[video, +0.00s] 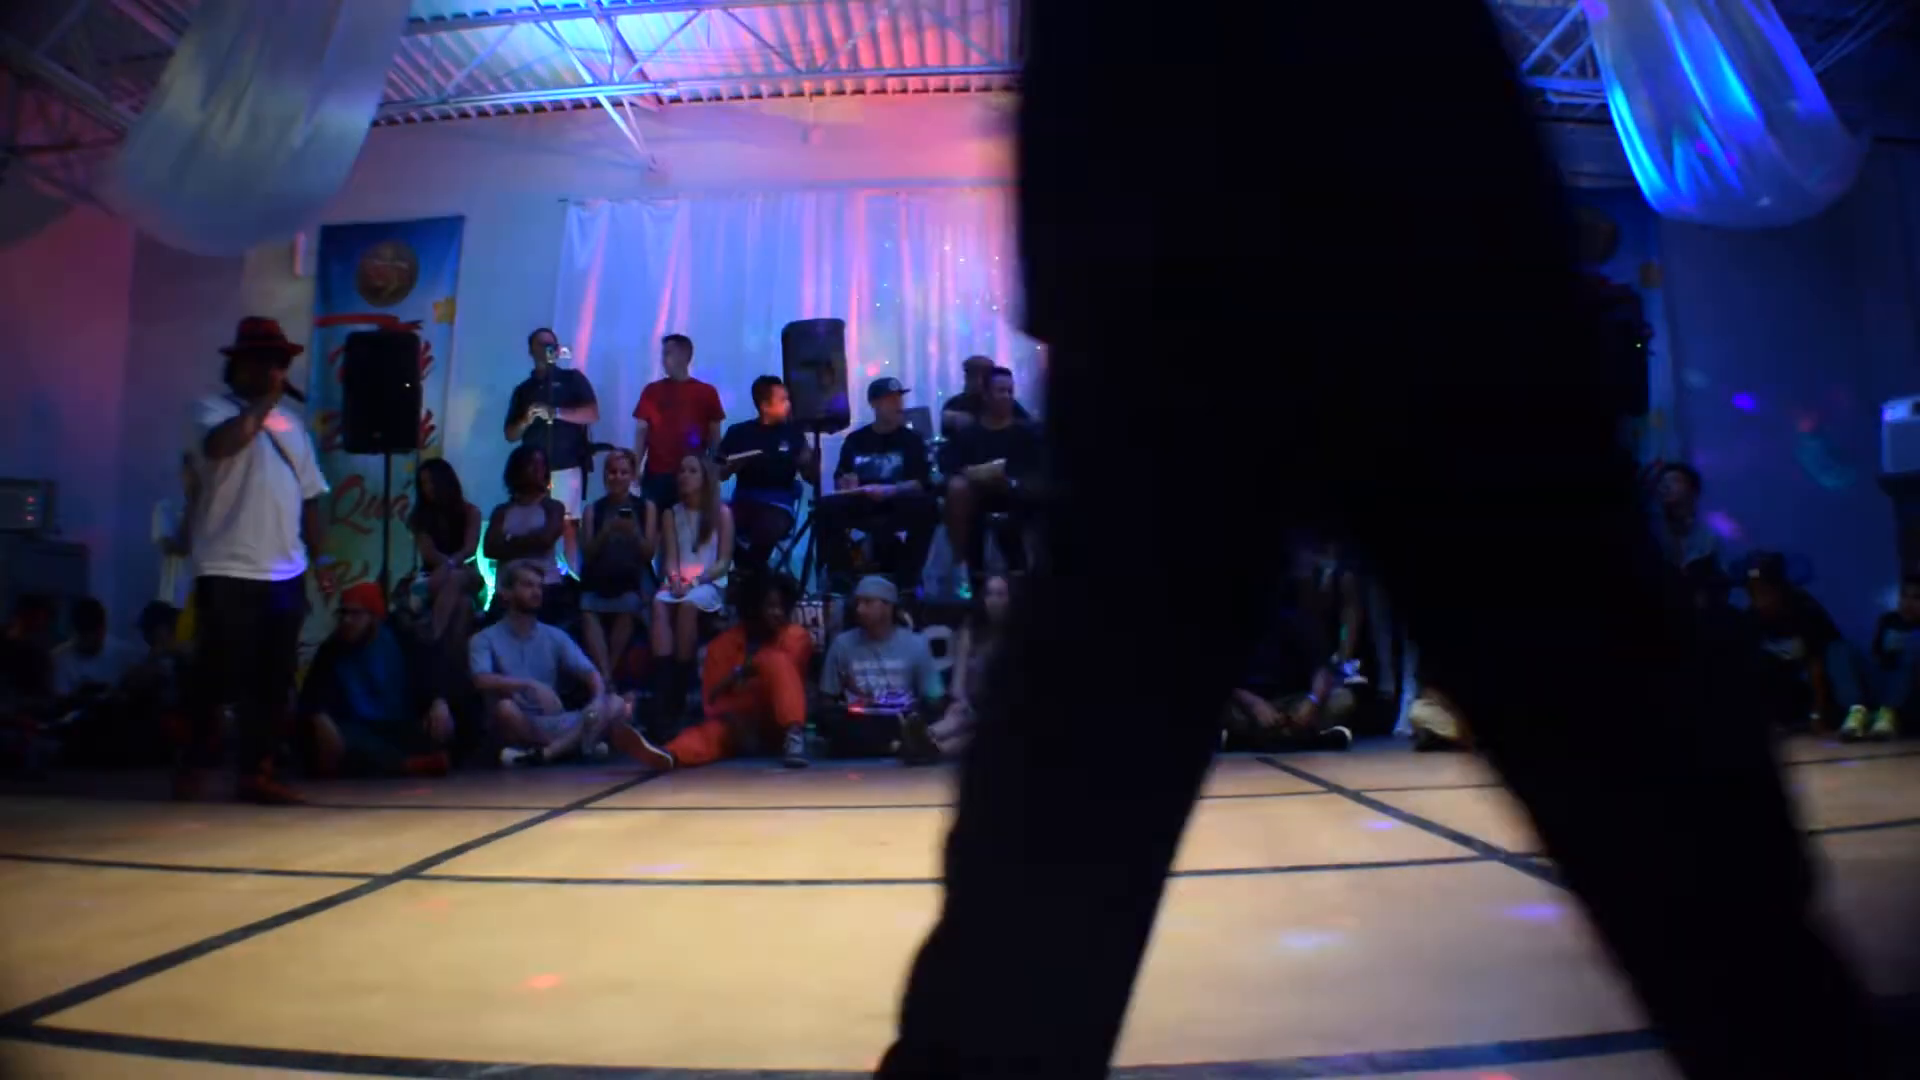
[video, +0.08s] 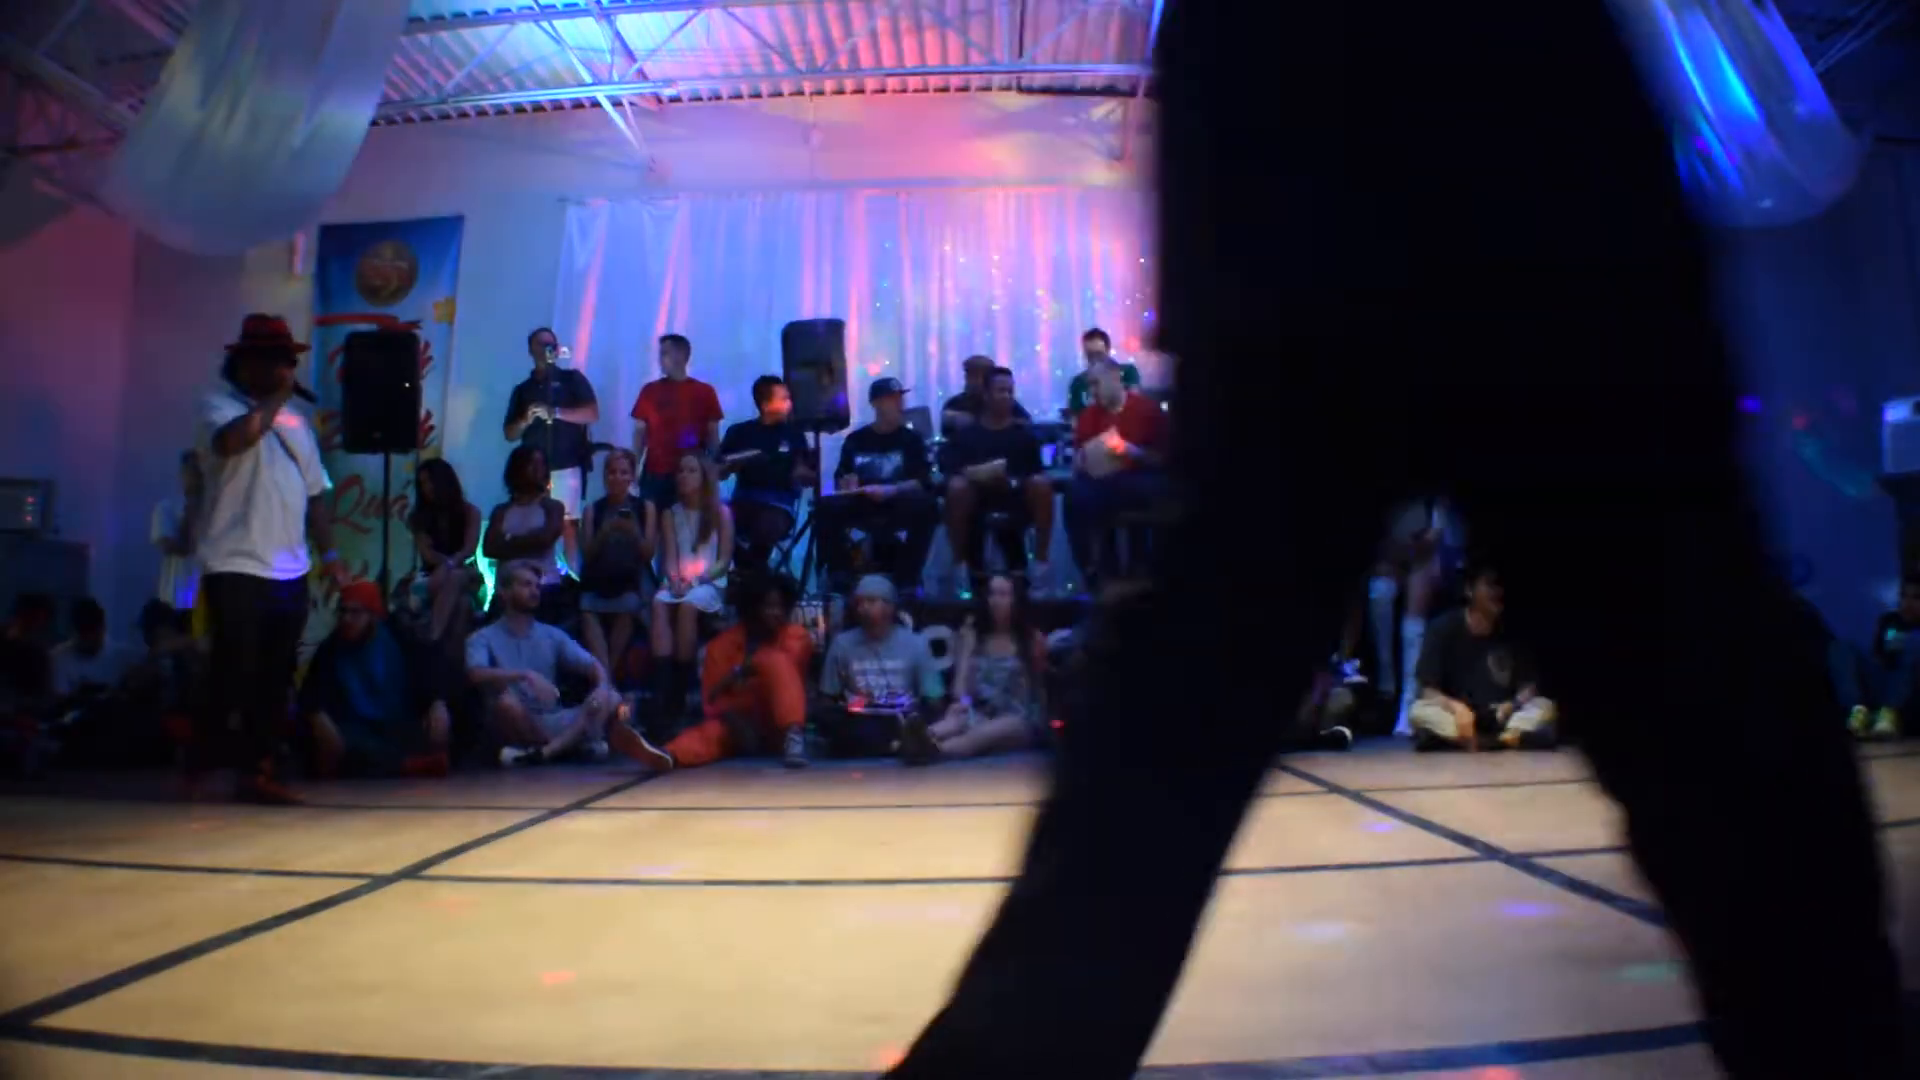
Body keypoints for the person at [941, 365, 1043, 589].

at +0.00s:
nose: (1007, 397)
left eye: (1010, 391)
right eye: (1001, 391)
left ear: (1014, 394)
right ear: (986, 395)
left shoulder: (1027, 432)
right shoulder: (967, 434)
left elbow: (1035, 471)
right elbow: (949, 467)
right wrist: (978, 473)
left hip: (1013, 489)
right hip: (976, 491)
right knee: (958, 487)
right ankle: (961, 567)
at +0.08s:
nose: (1006, 397)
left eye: (1009, 391)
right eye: (1000, 391)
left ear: (1014, 395)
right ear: (986, 395)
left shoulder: (1024, 433)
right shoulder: (967, 434)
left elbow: (1035, 469)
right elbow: (948, 464)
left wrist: (1010, 477)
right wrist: (972, 473)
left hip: (1013, 487)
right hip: (978, 487)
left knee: (1040, 486)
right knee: (957, 487)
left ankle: (1041, 561)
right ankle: (959, 563)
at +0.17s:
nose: (1006, 396)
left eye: (1009, 391)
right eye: (1000, 391)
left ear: (1014, 395)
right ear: (986, 395)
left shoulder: (1023, 433)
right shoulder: (967, 434)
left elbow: (1035, 470)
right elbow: (949, 466)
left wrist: (1009, 478)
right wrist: (973, 473)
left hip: (1012, 487)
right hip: (978, 487)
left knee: (1041, 487)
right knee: (957, 488)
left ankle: (1041, 561)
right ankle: (960, 564)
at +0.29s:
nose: (1006, 396)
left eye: (1009, 390)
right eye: (1000, 390)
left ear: (1014, 394)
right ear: (987, 394)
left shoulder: (1024, 433)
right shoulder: (968, 434)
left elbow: (1035, 470)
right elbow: (951, 466)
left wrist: (1010, 478)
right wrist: (978, 474)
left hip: (1013, 485)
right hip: (979, 486)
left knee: (1040, 485)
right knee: (957, 487)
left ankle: (1042, 559)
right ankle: (960, 563)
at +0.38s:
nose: (1008, 396)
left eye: (1010, 390)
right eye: (1002, 390)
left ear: (1015, 393)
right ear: (988, 393)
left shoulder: (1023, 432)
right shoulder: (969, 433)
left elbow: (1035, 469)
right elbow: (951, 467)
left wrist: (1009, 478)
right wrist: (978, 474)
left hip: (1013, 485)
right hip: (978, 487)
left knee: (1041, 485)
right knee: (957, 486)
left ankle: (1042, 559)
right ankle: (960, 563)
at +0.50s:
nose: (1011, 400)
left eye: (1013, 393)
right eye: (1004, 393)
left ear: (1016, 395)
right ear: (987, 396)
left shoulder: (1024, 433)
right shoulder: (968, 434)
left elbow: (1036, 472)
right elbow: (951, 469)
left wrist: (1009, 477)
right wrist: (979, 473)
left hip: (1015, 488)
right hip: (979, 490)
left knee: (1041, 485)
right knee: (956, 487)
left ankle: (1041, 560)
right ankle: (959, 563)